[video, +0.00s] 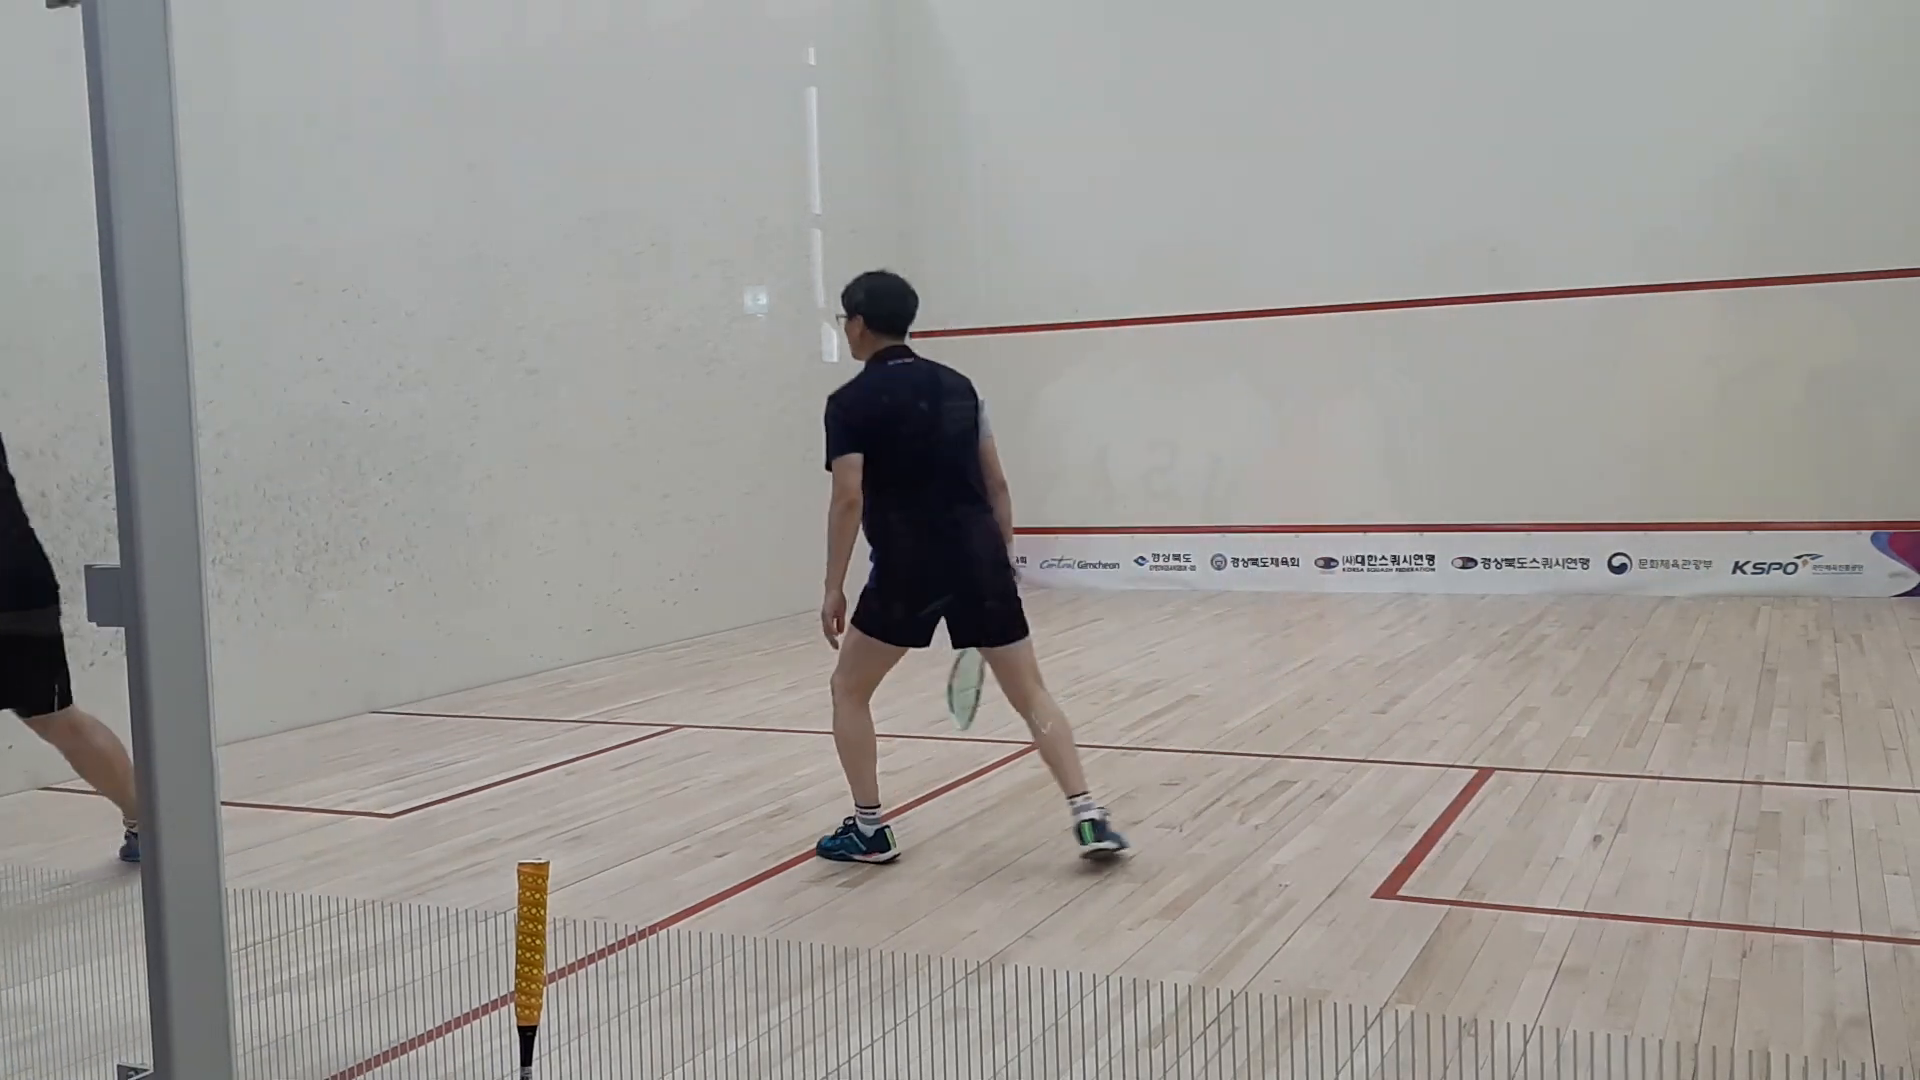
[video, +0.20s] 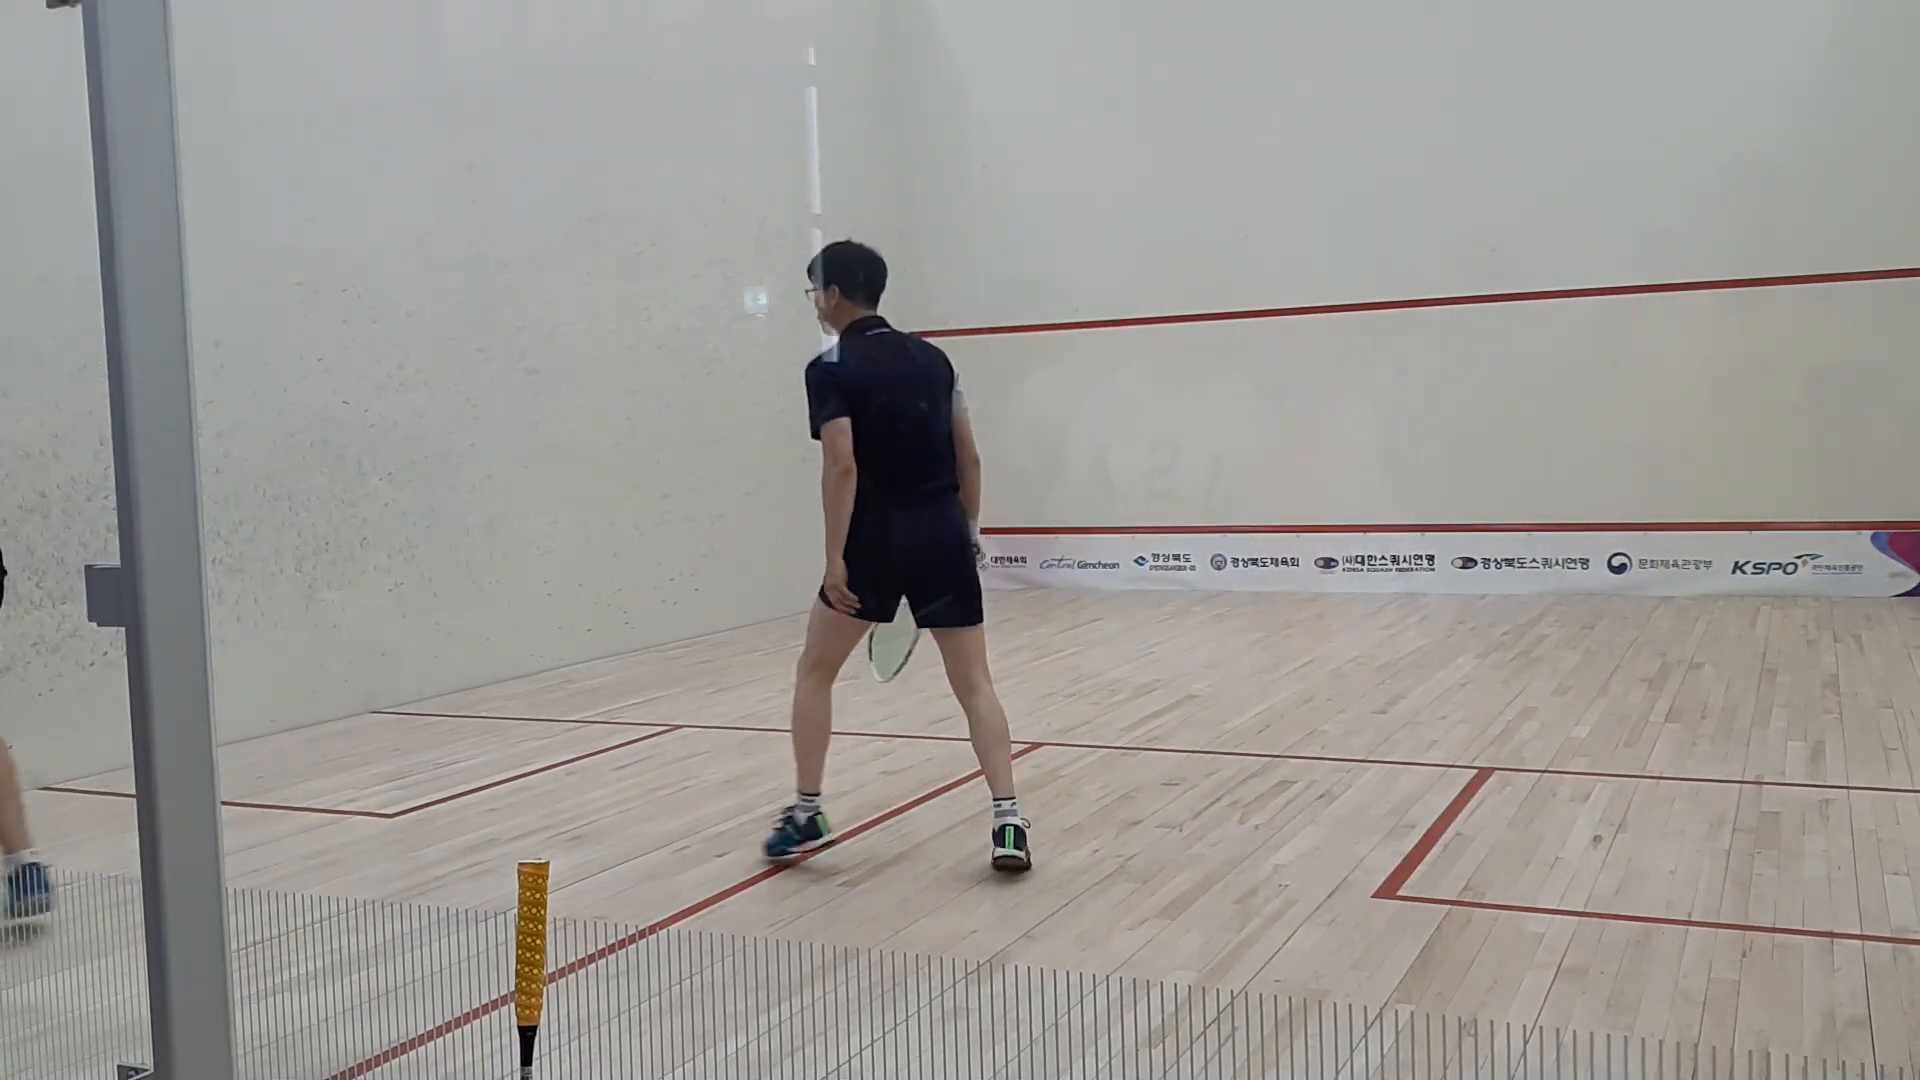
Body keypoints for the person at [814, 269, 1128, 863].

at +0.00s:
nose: (844, 329)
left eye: (846, 320)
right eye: (846, 320)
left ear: (860, 326)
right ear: (905, 323)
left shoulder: (850, 402)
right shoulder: (955, 384)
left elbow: (848, 498)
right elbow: (994, 482)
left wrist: (834, 586)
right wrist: (1000, 557)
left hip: (907, 574)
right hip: (982, 563)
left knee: (850, 689)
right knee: (1033, 696)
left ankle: (868, 824)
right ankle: (1087, 812)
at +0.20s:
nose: (814, 301)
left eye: (816, 291)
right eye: (815, 290)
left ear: (833, 296)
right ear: (875, 293)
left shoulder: (831, 368)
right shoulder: (931, 357)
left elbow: (841, 465)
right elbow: (968, 458)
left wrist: (834, 560)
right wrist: (967, 532)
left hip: (871, 546)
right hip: (945, 542)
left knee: (816, 671)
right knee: (976, 685)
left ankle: (806, 809)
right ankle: (1008, 816)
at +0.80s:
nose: (719, 287)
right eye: (725, 276)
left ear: (666, 285)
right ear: (729, 283)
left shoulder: (641, 356)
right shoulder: (766, 346)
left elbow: (641, 450)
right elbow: (811, 433)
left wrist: (637, 542)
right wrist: (841, 514)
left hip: (678, 538)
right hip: (761, 533)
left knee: (656, 689)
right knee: (793, 677)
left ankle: (648, 825)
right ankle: (817, 817)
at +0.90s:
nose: (707, 307)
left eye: (664, 299)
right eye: (713, 298)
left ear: (654, 304)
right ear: (716, 303)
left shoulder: (629, 378)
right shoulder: (753, 371)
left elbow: (621, 473)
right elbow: (799, 461)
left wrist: (605, 565)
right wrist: (825, 543)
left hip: (656, 563)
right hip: (742, 561)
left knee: (602, 694)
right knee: (775, 701)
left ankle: (568, 835)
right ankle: (793, 847)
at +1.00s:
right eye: (696, 336)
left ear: (634, 346)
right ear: (696, 344)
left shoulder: (613, 421)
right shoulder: (736, 413)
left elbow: (586, 516)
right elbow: (781, 504)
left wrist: (555, 609)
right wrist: (809, 586)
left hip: (630, 602)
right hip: (717, 604)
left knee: (553, 711)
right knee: (770, 732)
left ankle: (520, 834)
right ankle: (787, 865)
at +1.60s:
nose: (607, 418)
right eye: (609, 410)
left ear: (563, 410)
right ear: (611, 412)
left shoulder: (542, 449)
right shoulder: (632, 460)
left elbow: (481, 495)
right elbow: (637, 526)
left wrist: (445, 522)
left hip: (568, 575)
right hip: (632, 573)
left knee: (564, 656)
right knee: (643, 675)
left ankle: (599, 747)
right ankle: (660, 751)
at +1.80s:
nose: (565, 437)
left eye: (560, 431)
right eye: (571, 429)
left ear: (549, 432)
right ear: (579, 430)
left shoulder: (538, 474)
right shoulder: (595, 466)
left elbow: (543, 531)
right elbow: (623, 522)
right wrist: (639, 552)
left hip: (571, 573)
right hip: (621, 568)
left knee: (554, 669)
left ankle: (598, 722)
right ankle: (621, 705)